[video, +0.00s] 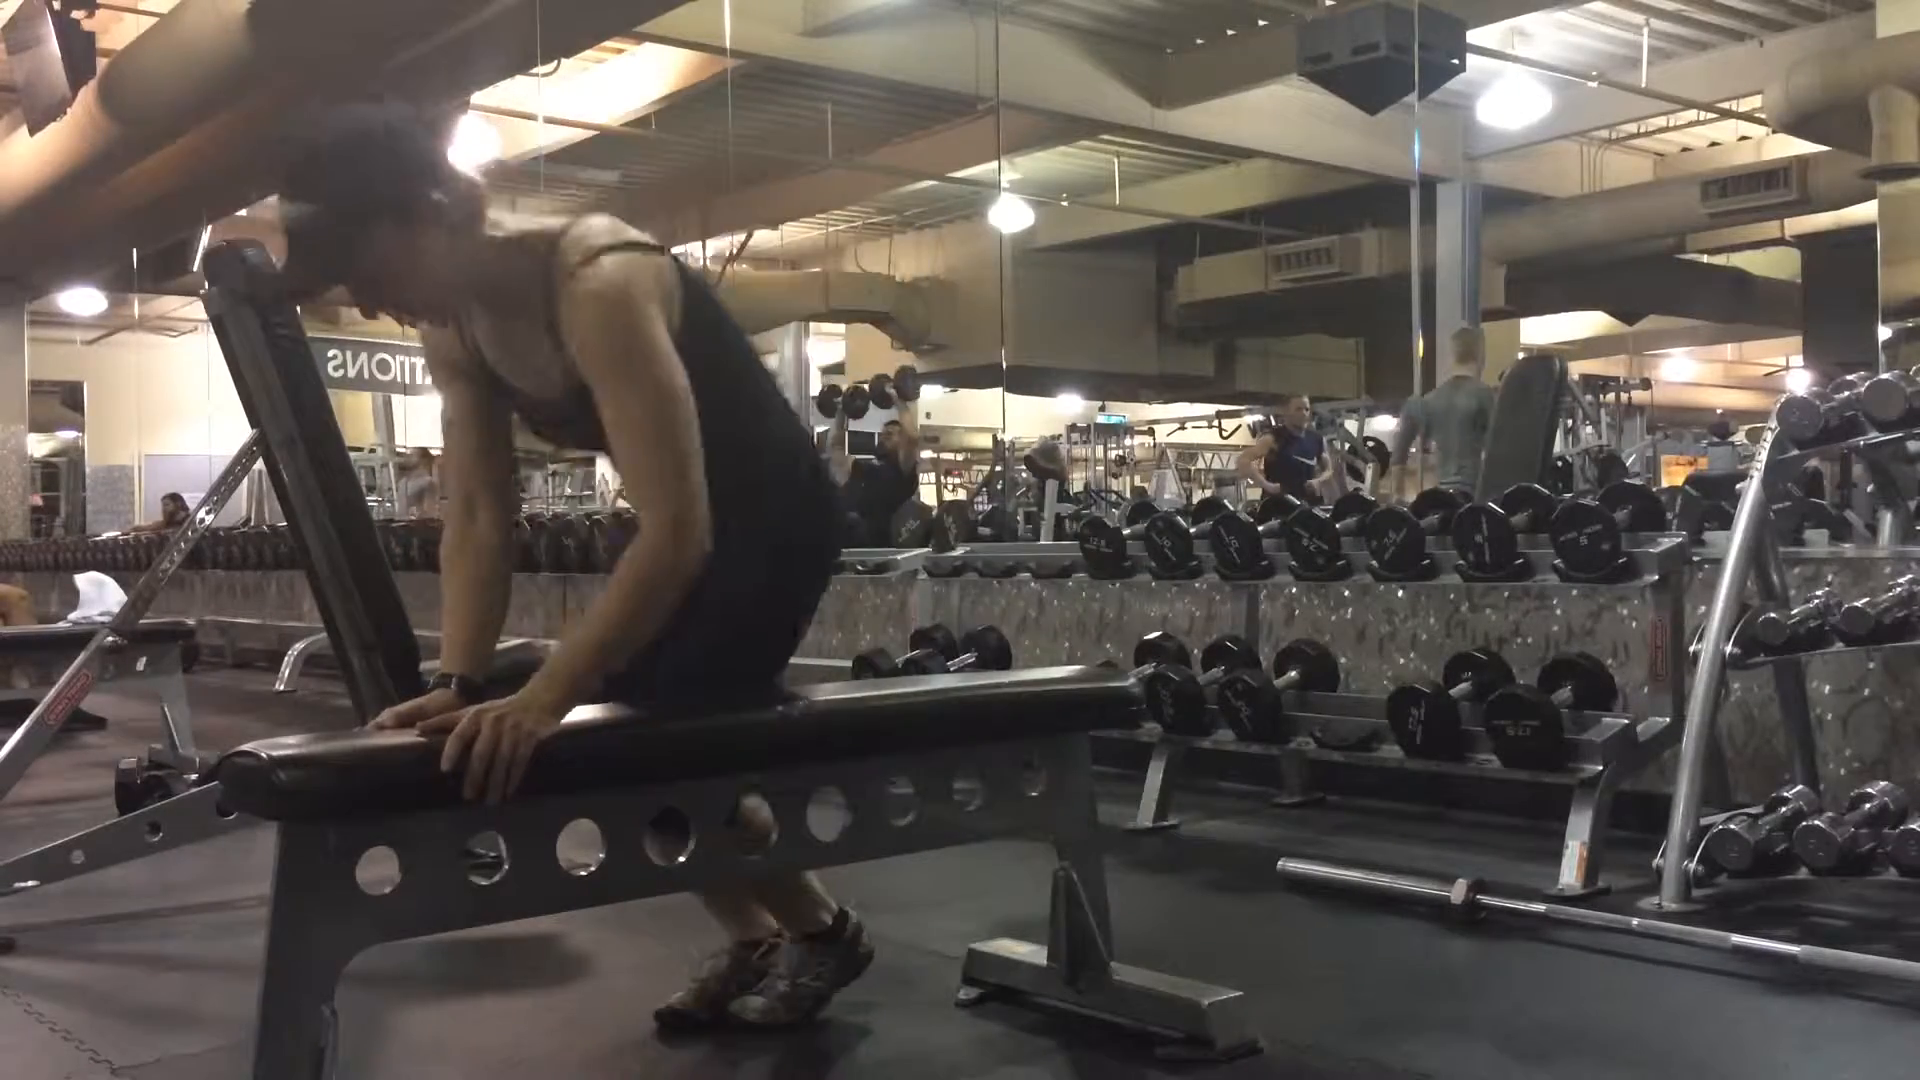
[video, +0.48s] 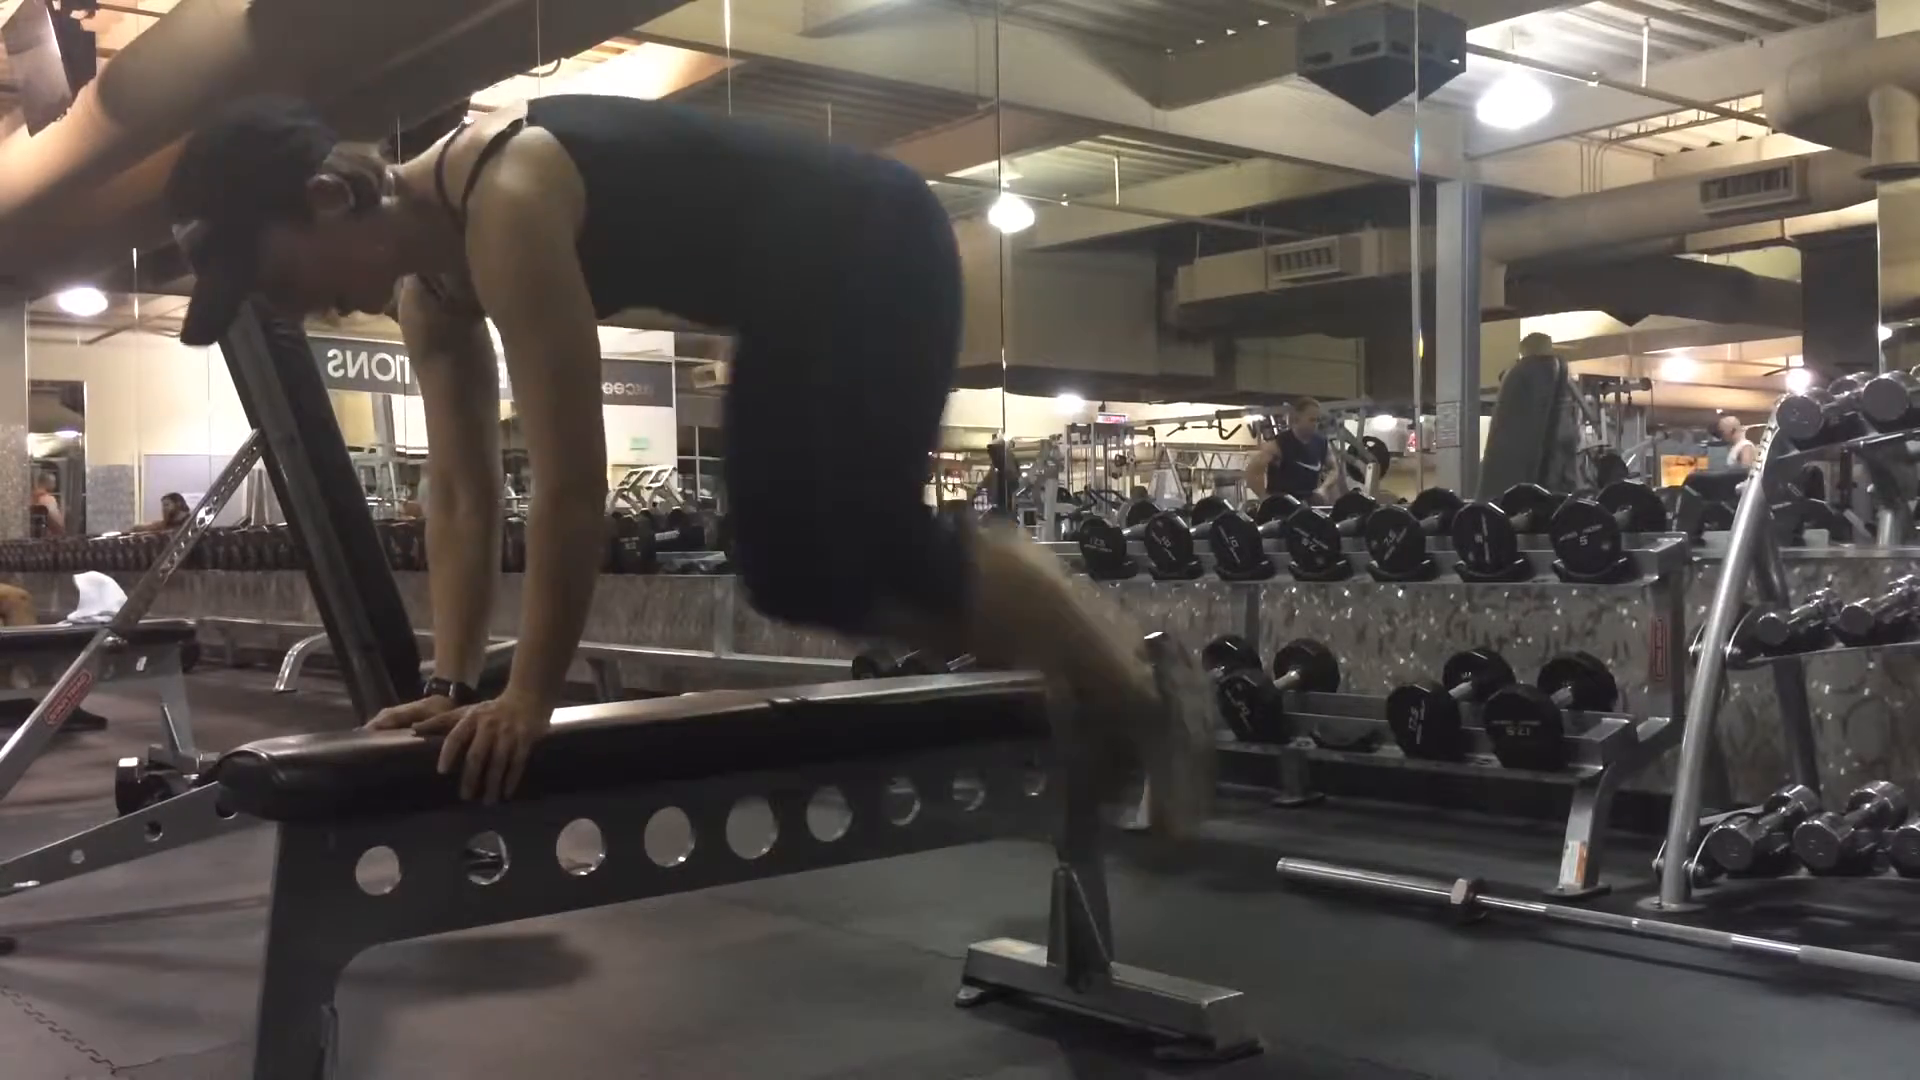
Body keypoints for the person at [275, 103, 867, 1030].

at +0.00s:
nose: (370, 308)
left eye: (370, 273)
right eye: (353, 288)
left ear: (440, 213)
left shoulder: (605, 285)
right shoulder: (457, 322)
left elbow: (677, 531)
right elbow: (476, 506)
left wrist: (540, 701)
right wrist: (457, 681)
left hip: (774, 522)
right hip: (680, 525)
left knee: (673, 738)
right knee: (627, 744)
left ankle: (821, 930)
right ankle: (756, 940)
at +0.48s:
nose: (312, 313)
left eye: (292, 287)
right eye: (287, 302)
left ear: (333, 203)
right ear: (318, 220)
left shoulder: (513, 204)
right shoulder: (423, 260)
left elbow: (566, 475)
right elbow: (458, 471)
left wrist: (530, 691)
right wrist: (453, 674)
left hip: (872, 240)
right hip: (788, 288)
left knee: (853, 549)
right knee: (790, 571)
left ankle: (1126, 686)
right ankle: (1067, 658)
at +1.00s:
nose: (283, 327)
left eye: (267, 297)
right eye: (260, 315)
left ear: (322, 217)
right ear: (315, 227)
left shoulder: (495, 212)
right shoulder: (405, 291)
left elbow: (560, 481)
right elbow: (446, 487)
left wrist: (527, 701)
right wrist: (449, 679)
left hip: (846, 194)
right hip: (776, 230)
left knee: (787, 502)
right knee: (764, 511)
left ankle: (1054, 462)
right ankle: (1037, 461)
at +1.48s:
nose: (303, 307)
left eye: (292, 275)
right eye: (279, 296)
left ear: (335, 205)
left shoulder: (529, 240)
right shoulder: (383, 315)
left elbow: (622, 491)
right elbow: (432, 497)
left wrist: (532, 700)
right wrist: (446, 682)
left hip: (754, 432)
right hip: (652, 452)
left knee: (727, 689)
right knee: (686, 692)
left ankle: (788, 905)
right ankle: (724, 908)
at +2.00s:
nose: (248, 326)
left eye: (232, 294)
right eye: (226, 313)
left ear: (289, 215)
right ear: (280, 226)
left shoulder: (460, 210)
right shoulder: (402, 266)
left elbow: (552, 473)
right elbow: (451, 481)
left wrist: (528, 694)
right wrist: (450, 675)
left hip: (853, 228)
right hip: (791, 269)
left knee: (887, 557)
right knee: (849, 563)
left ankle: (1145, 741)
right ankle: (1087, 708)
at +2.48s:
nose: (255, 343)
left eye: (236, 315)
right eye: (229, 329)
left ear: (282, 233)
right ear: (278, 236)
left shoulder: (462, 218)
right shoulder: (379, 281)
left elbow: (537, 473)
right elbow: (427, 490)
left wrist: (524, 698)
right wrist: (446, 680)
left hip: (807, 201)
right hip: (729, 232)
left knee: (715, 501)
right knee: (683, 504)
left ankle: (923, 387)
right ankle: (899, 382)